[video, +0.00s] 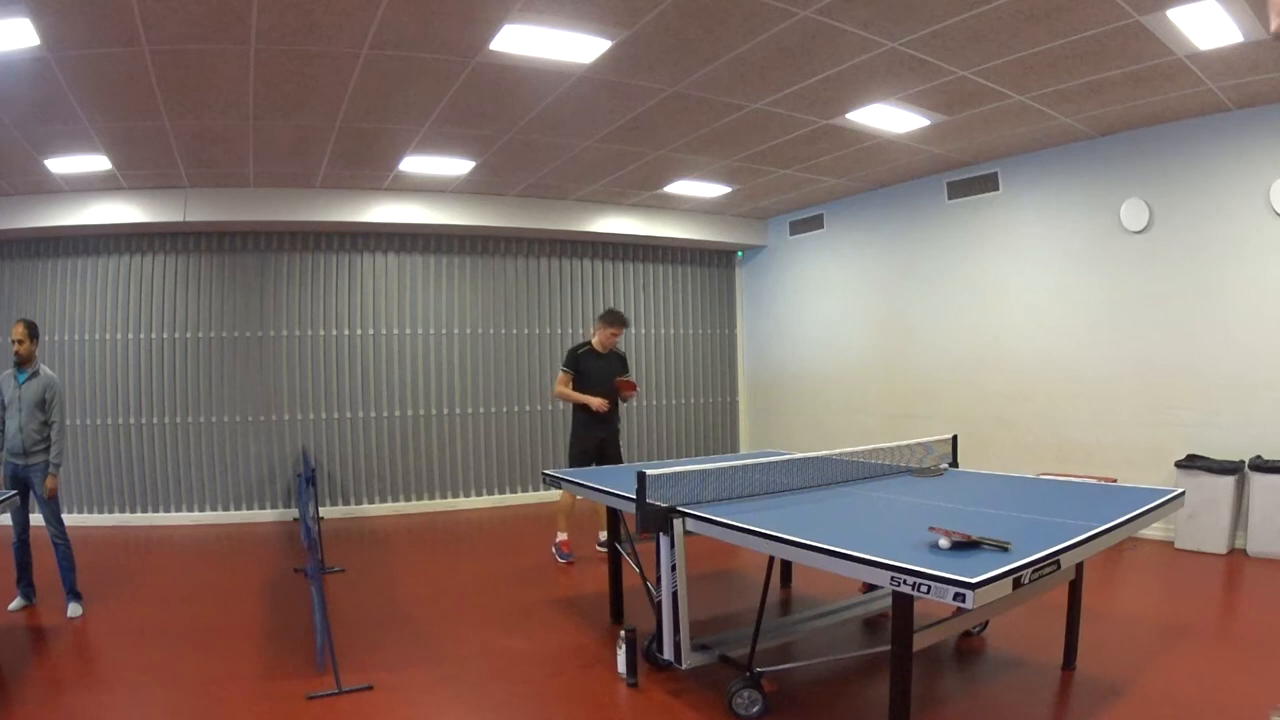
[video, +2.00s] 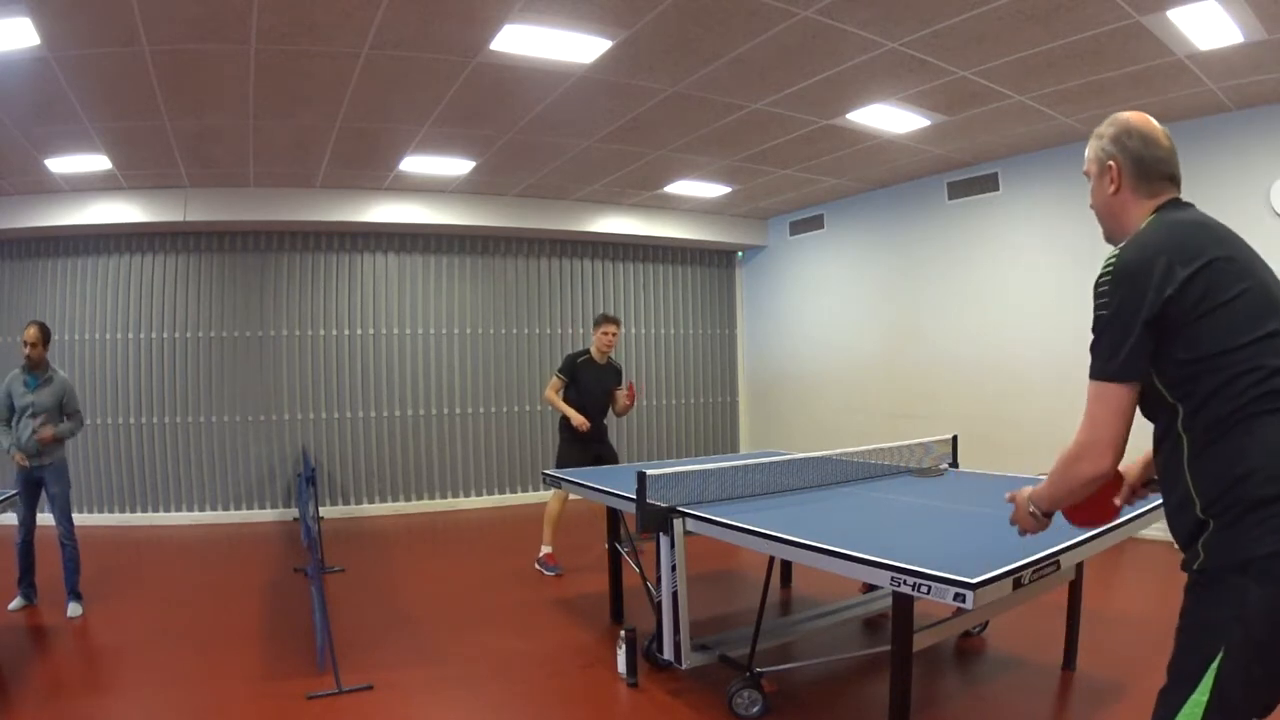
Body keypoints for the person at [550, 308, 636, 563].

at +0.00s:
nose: (616, 341)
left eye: (619, 336)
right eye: (613, 335)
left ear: (619, 335)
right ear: (599, 329)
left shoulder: (619, 358)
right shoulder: (576, 355)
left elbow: (623, 395)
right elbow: (559, 389)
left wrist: (627, 392)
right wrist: (589, 399)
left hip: (610, 432)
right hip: (583, 433)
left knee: (612, 484)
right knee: (572, 486)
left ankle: (605, 536)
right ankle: (562, 538)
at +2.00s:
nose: (610, 339)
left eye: (614, 335)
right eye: (605, 334)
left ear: (617, 339)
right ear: (594, 335)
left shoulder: (615, 370)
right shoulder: (574, 362)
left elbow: (618, 410)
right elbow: (549, 393)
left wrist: (628, 403)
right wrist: (572, 414)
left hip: (599, 436)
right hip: (573, 436)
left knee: (615, 486)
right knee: (561, 492)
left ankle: (617, 539)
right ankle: (545, 552)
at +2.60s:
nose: (629, 354)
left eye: (633, 350)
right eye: (625, 348)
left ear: (635, 354)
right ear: (612, 347)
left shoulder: (622, 385)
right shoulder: (594, 372)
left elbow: (621, 425)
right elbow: (571, 405)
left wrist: (648, 421)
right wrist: (607, 415)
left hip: (597, 442)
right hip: (574, 441)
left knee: (626, 481)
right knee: (574, 497)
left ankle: (621, 539)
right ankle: (535, 549)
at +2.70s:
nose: (636, 367)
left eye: (640, 363)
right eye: (632, 360)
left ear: (641, 366)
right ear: (618, 358)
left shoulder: (617, 391)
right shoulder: (602, 382)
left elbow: (611, 433)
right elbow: (588, 416)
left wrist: (639, 439)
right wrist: (625, 421)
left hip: (594, 449)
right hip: (575, 448)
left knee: (627, 481)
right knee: (575, 505)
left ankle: (621, 539)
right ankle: (526, 550)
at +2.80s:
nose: (637, 375)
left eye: (641, 371)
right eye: (634, 369)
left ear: (641, 373)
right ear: (618, 366)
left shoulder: (611, 390)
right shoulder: (607, 387)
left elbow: (594, 434)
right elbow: (598, 423)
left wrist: (616, 453)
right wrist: (632, 426)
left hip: (586, 451)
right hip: (570, 451)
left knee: (623, 482)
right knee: (571, 512)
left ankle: (622, 539)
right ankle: (521, 554)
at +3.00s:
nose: (628, 374)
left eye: (629, 369)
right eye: (625, 368)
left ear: (613, 365)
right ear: (609, 363)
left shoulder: (598, 388)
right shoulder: (589, 383)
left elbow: (585, 432)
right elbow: (572, 419)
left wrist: (614, 448)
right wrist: (609, 423)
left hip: (575, 450)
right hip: (555, 450)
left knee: (612, 487)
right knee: (558, 512)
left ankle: (622, 540)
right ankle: (515, 558)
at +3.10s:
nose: (618, 364)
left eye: (620, 358)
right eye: (614, 358)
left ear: (609, 357)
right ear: (599, 354)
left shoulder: (603, 386)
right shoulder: (569, 376)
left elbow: (622, 418)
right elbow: (556, 416)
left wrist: (652, 403)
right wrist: (595, 418)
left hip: (577, 443)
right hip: (552, 443)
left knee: (611, 489)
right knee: (550, 504)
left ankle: (622, 541)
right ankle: (515, 558)